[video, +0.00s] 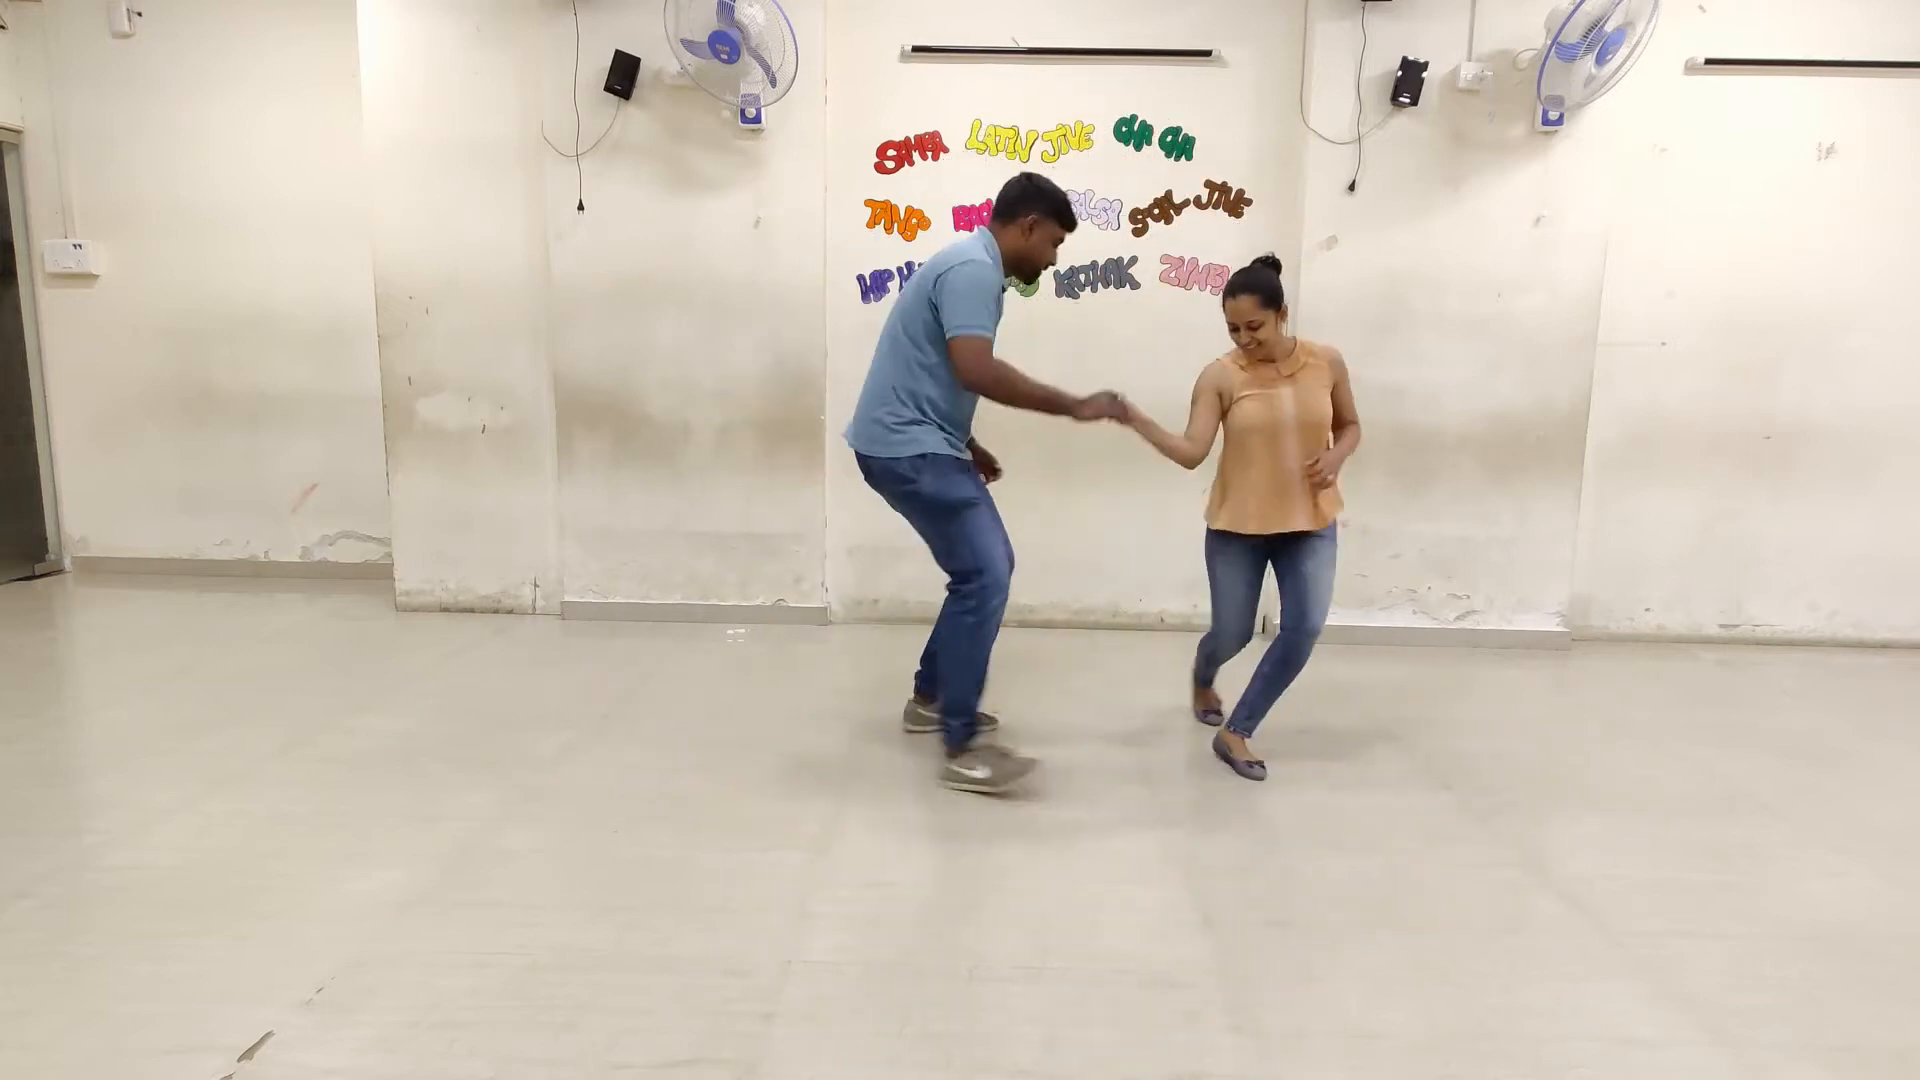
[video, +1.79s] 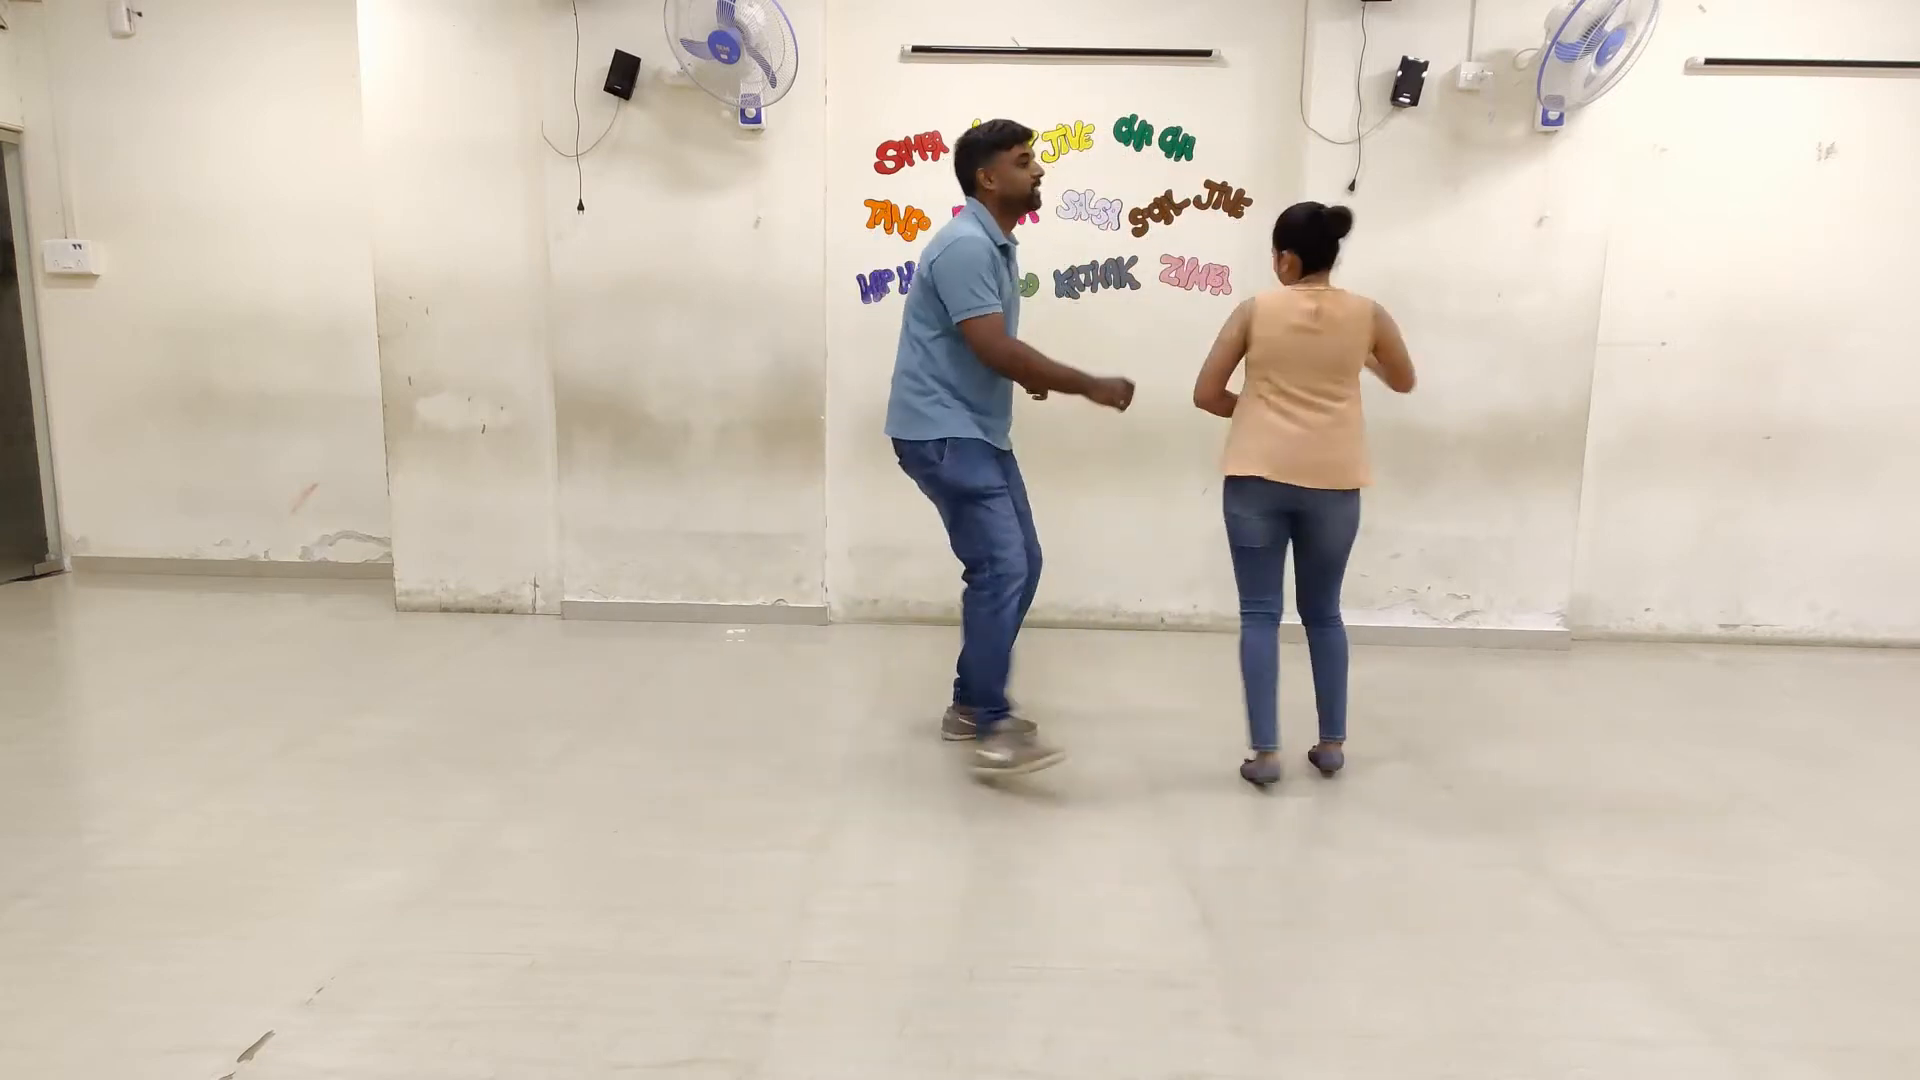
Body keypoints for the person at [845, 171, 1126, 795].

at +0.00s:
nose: (1054, 258)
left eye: (1059, 245)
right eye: (1054, 242)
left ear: (1018, 226)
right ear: (1025, 224)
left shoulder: (972, 266)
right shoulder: (971, 268)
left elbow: (925, 371)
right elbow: (975, 368)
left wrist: (964, 444)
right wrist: (1071, 405)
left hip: (920, 438)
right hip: (903, 438)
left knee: (991, 564)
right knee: (984, 574)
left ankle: (932, 696)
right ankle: (963, 744)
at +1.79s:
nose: (1038, 169)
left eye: (1035, 160)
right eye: (1025, 161)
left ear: (1003, 176)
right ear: (986, 174)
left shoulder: (995, 244)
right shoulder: (966, 244)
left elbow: (985, 340)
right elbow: (994, 347)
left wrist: (1025, 372)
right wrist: (1088, 385)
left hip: (977, 431)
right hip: (942, 430)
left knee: (1023, 564)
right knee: (1000, 565)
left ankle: (974, 705)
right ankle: (984, 724)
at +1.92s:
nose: (1003, 172)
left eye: (1000, 162)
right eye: (987, 165)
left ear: (967, 183)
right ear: (952, 184)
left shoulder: (968, 248)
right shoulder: (945, 251)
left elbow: (974, 335)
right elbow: (1013, 340)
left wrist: (1011, 357)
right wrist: (1107, 372)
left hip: (971, 441)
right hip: (926, 442)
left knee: (1017, 566)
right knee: (967, 575)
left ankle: (974, 703)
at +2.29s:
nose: (941, 173)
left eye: (937, 163)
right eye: (928, 165)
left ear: (901, 181)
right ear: (894, 179)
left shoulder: (896, 233)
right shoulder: (889, 244)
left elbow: (932, 264)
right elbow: (970, 327)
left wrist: (964, 273)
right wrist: (1070, 350)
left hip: (890, 438)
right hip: (851, 442)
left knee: (938, 560)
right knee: (871, 578)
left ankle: (995, 691)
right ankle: (822, 692)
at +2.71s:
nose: (955, 184)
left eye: (954, 173)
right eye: (940, 177)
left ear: (956, 184)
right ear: (903, 195)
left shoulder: (960, 253)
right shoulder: (892, 258)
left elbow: (1017, 243)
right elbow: (913, 342)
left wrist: (1021, 243)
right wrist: (1011, 354)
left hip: (946, 450)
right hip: (880, 458)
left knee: (1015, 551)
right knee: (888, 593)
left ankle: (1023, 685)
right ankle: (817, 693)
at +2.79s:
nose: (971, 192)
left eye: (972, 183)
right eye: (955, 185)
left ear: (976, 193)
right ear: (921, 203)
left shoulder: (984, 262)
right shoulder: (910, 259)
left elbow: (1061, 256)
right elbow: (906, 320)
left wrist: (1043, 246)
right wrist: (1003, 346)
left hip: (967, 457)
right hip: (901, 463)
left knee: (1035, 556)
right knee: (899, 597)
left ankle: (1037, 689)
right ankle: (819, 693)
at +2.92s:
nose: (998, 178)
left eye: (1003, 169)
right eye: (982, 173)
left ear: (1015, 180)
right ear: (958, 190)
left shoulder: (1032, 245)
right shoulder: (946, 243)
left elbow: (1120, 242)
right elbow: (937, 262)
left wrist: (1083, 227)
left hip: (1019, 449)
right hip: (944, 453)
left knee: (1067, 562)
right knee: (922, 577)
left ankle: (1045, 691)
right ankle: (845, 683)